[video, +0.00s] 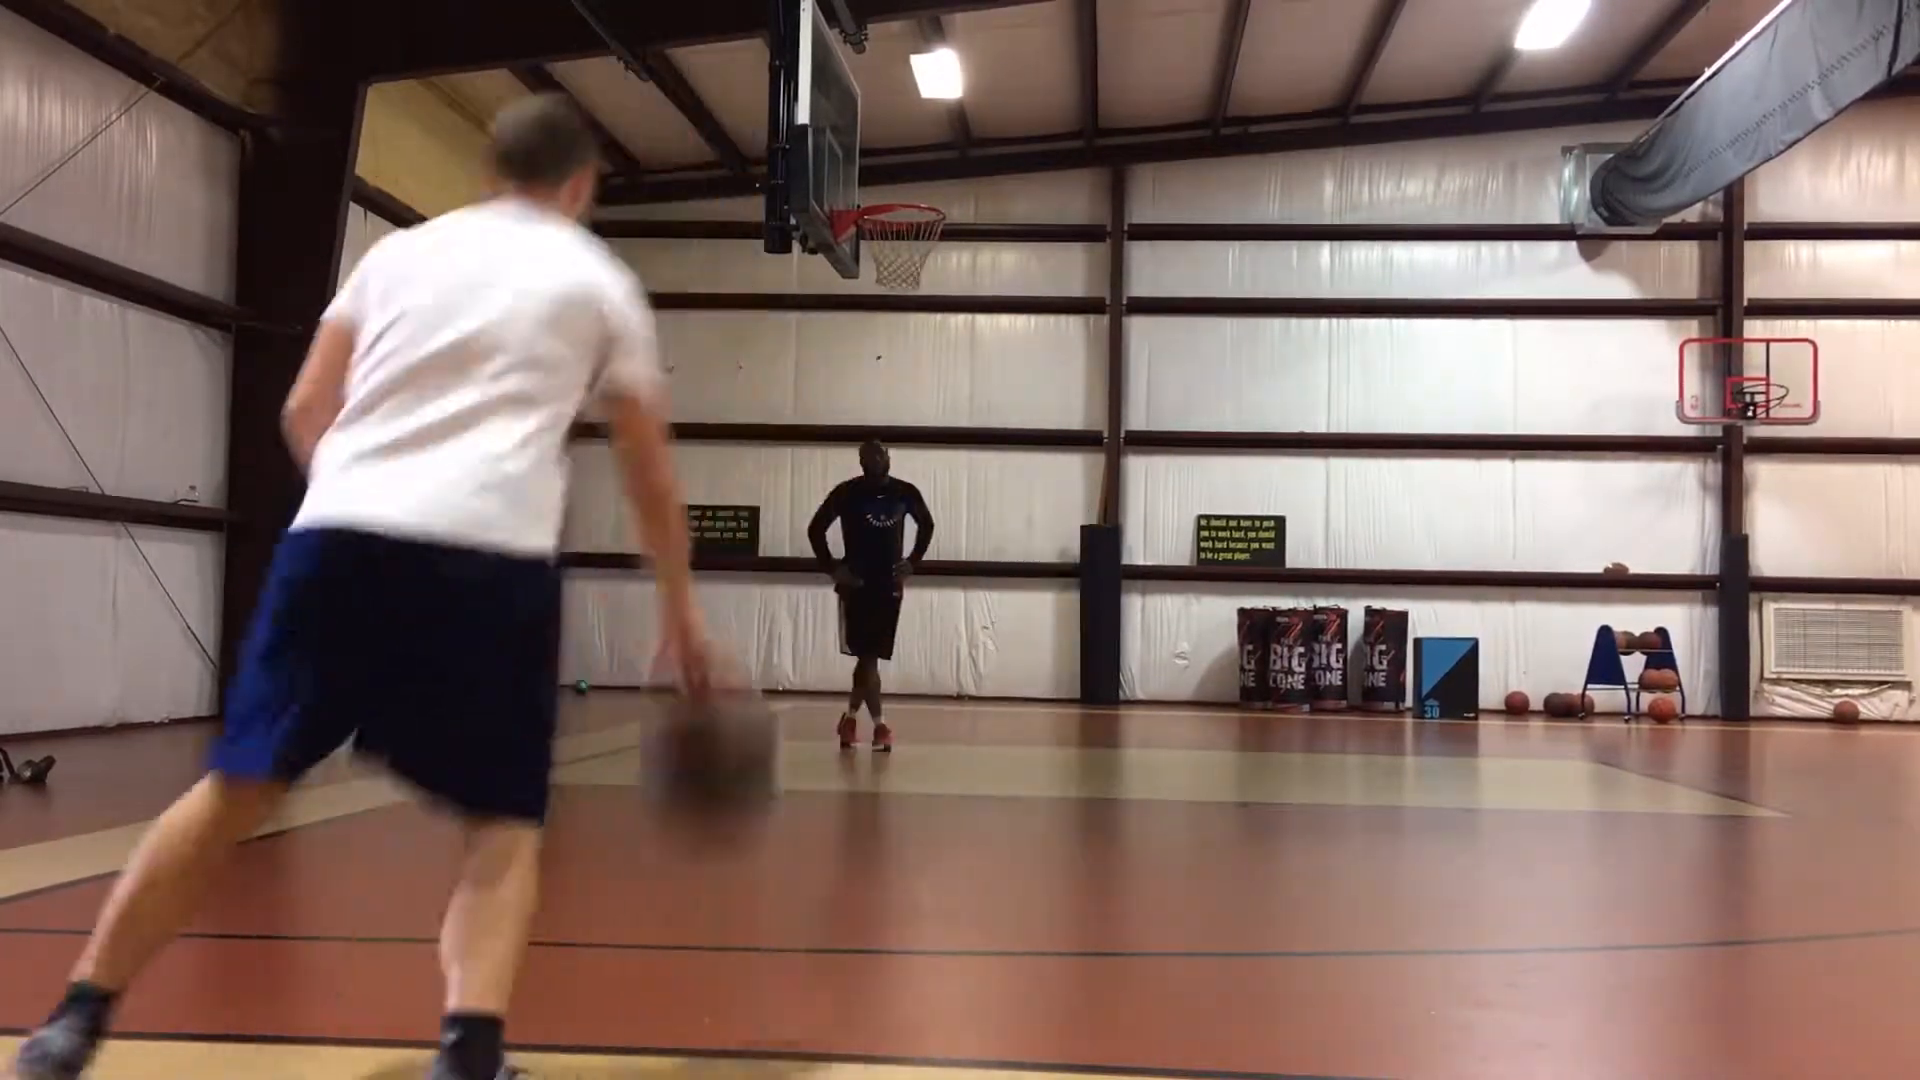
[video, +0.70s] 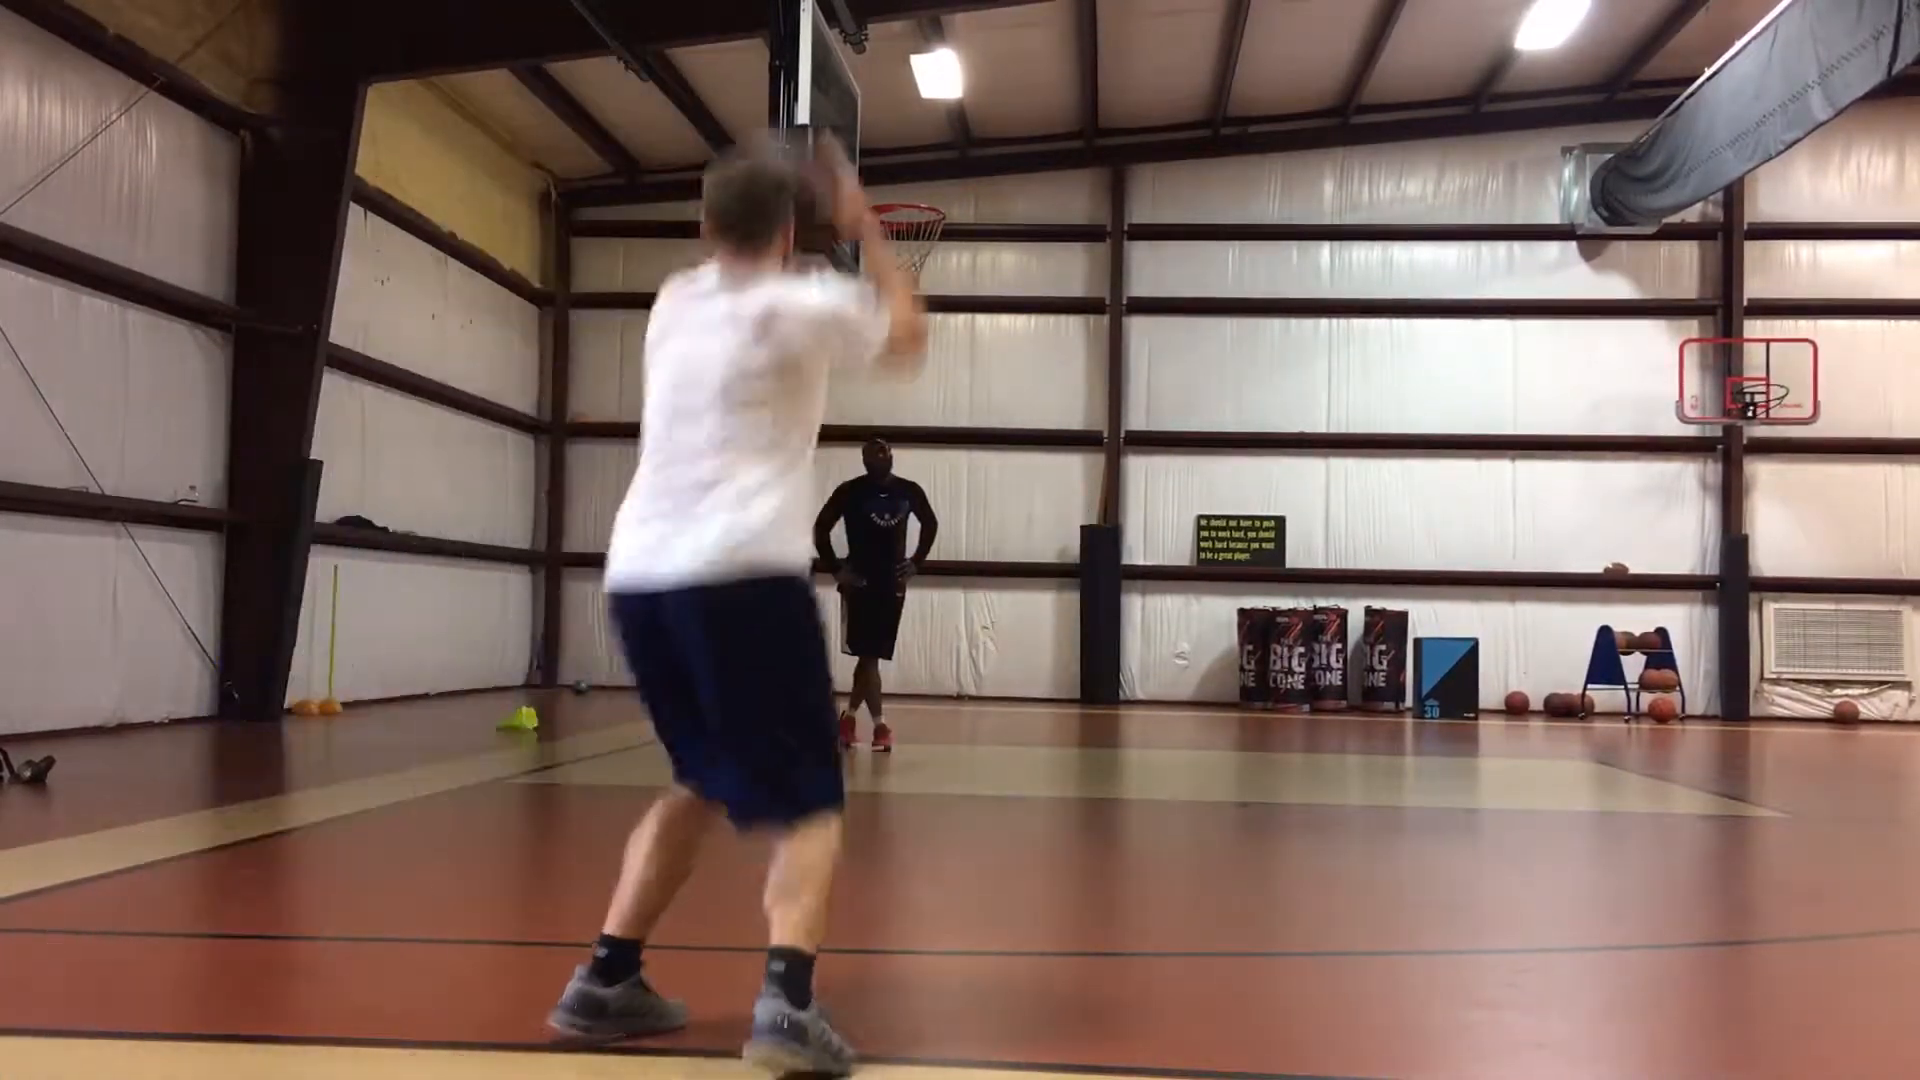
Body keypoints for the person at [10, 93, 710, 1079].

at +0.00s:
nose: (592, 200)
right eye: (595, 188)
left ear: (491, 173)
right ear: (582, 184)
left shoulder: (395, 253)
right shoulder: (597, 276)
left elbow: (308, 409)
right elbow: (650, 470)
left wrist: (376, 508)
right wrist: (681, 619)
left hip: (335, 544)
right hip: (490, 569)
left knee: (233, 784)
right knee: (505, 821)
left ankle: (76, 1018)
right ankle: (471, 1057)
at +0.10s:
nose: (528, 288)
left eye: (523, 273)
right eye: (527, 274)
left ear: (424, 264)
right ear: (516, 274)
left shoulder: (329, 341)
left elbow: (242, 499)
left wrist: (330, 582)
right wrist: (671, 692)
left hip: (293, 620)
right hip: (453, 631)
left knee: (165, 839)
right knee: (546, 841)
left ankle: (24, 1038)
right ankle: (516, 1014)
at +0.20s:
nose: (533, 310)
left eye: (519, 301)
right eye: (534, 299)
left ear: (434, 293)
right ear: (524, 297)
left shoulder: (348, 376)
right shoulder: (549, 379)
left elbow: (282, 538)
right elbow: (596, 532)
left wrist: (367, 609)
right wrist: (715, 635)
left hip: (320, 625)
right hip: (477, 627)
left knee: (192, 842)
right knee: (612, 811)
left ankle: (31, 1045)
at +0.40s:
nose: (714, 295)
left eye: (710, 285)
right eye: (715, 284)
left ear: (628, 275)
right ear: (705, 279)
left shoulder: (561, 346)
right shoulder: (707, 347)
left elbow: (566, 486)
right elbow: (726, 508)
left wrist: (692, 538)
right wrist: (766, 556)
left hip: (476, 590)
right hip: (606, 591)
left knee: (461, 804)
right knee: (724, 813)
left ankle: (275, 933)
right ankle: (784, 1024)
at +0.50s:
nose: (765, 325)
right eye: (768, 314)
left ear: (674, 306)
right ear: (759, 314)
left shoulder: (615, 376)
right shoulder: (767, 385)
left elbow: (610, 512)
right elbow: (798, 565)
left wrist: (745, 537)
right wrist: (827, 543)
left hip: (537, 609)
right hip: (661, 609)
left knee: (595, 786)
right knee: (757, 810)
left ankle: (510, 950)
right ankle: (787, 1024)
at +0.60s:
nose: (777, 309)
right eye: (778, 298)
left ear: (690, 302)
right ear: (775, 306)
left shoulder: (646, 376)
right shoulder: (797, 385)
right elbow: (867, 519)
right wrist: (869, 428)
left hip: (595, 637)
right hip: (711, 638)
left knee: (690, 799)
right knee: (795, 819)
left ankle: (600, 984)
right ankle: (788, 1021)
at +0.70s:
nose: (803, 230)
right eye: (802, 218)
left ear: (709, 229)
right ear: (793, 232)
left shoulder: (673, 301)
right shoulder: (804, 305)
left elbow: (733, 271)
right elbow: (906, 335)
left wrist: (784, 224)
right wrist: (865, 229)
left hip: (639, 582)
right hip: (748, 578)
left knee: (701, 780)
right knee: (810, 803)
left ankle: (606, 978)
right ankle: (785, 1003)